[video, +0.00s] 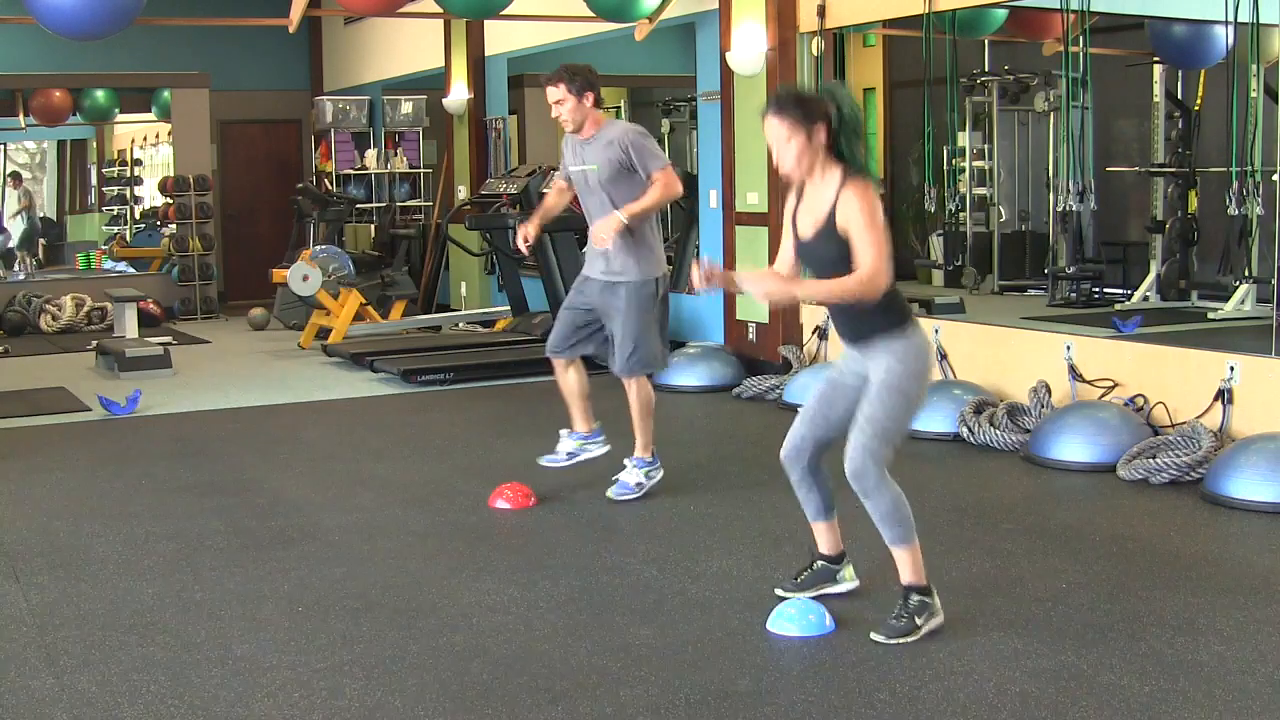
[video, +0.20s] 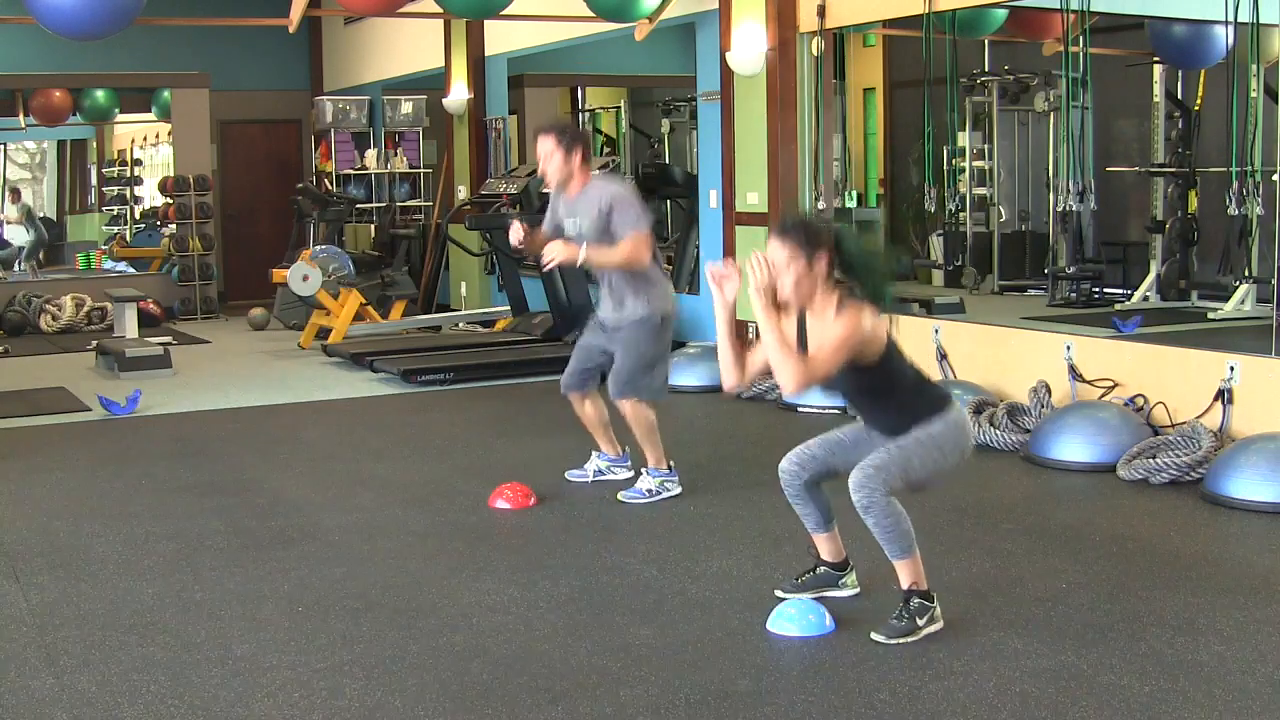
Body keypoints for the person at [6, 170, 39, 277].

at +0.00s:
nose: (9, 184)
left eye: (11, 181)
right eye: (9, 182)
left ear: (18, 181)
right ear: (17, 181)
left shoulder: (23, 191)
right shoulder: (22, 191)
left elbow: (25, 204)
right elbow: (24, 205)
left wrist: (14, 214)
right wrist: (15, 215)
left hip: (31, 224)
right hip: (32, 224)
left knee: (19, 247)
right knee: (28, 250)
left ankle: (25, 272)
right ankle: (31, 272)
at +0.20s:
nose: (9, 198)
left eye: (11, 195)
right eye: (9, 196)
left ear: (17, 195)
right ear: (11, 196)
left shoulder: (23, 206)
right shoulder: (21, 207)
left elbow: (20, 220)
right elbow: (21, 221)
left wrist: (6, 218)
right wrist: (9, 221)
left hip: (38, 235)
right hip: (36, 235)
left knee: (26, 258)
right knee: (29, 257)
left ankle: (33, 279)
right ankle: (37, 278)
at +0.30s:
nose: (9, 213)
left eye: (10, 210)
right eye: (8, 210)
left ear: (16, 210)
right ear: (16, 210)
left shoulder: (22, 219)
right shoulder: (22, 219)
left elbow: (18, 235)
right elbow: (18, 234)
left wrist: (6, 229)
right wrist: (8, 229)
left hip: (42, 243)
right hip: (40, 242)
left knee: (25, 260)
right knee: (26, 259)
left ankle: (35, 278)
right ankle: (37, 278)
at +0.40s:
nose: (8, 223)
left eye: (9, 220)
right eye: (8, 221)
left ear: (15, 221)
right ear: (15, 221)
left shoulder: (23, 229)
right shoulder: (20, 230)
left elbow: (14, 245)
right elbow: (15, 244)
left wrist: (5, 236)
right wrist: (6, 236)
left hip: (45, 251)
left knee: (26, 259)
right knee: (23, 258)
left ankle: (34, 279)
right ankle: (37, 278)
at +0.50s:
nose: (8, 227)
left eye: (9, 224)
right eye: (7, 225)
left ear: (16, 224)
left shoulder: (22, 233)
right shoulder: (21, 233)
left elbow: (12, 247)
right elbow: (13, 247)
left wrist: (4, 237)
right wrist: (6, 238)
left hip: (46, 253)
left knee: (26, 259)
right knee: (24, 259)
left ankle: (34, 279)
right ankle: (37, 278)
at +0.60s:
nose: (8, 222)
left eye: (9, 219)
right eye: (8, 220)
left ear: (15, 219)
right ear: (15, 220)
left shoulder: (21, 229)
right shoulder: (21, 228)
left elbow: (14, 245)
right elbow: (14, 244)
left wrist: (4, 241)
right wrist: (6, 240)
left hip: (45, 250)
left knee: (24, 260)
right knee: (23, 260)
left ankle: (35, 279)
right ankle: (37, 278)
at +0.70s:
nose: (9, 211)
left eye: (10, 209)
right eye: (9, 209)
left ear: (16, 209)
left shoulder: (22, 218)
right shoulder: (20, 219)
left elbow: (24, 229)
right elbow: (18, 230)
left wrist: (13, 237)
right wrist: (10, 236)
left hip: (42, 243)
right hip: (37, 243)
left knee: (25, 259)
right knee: (24, 259)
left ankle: (34, 278)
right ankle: (36, 278)